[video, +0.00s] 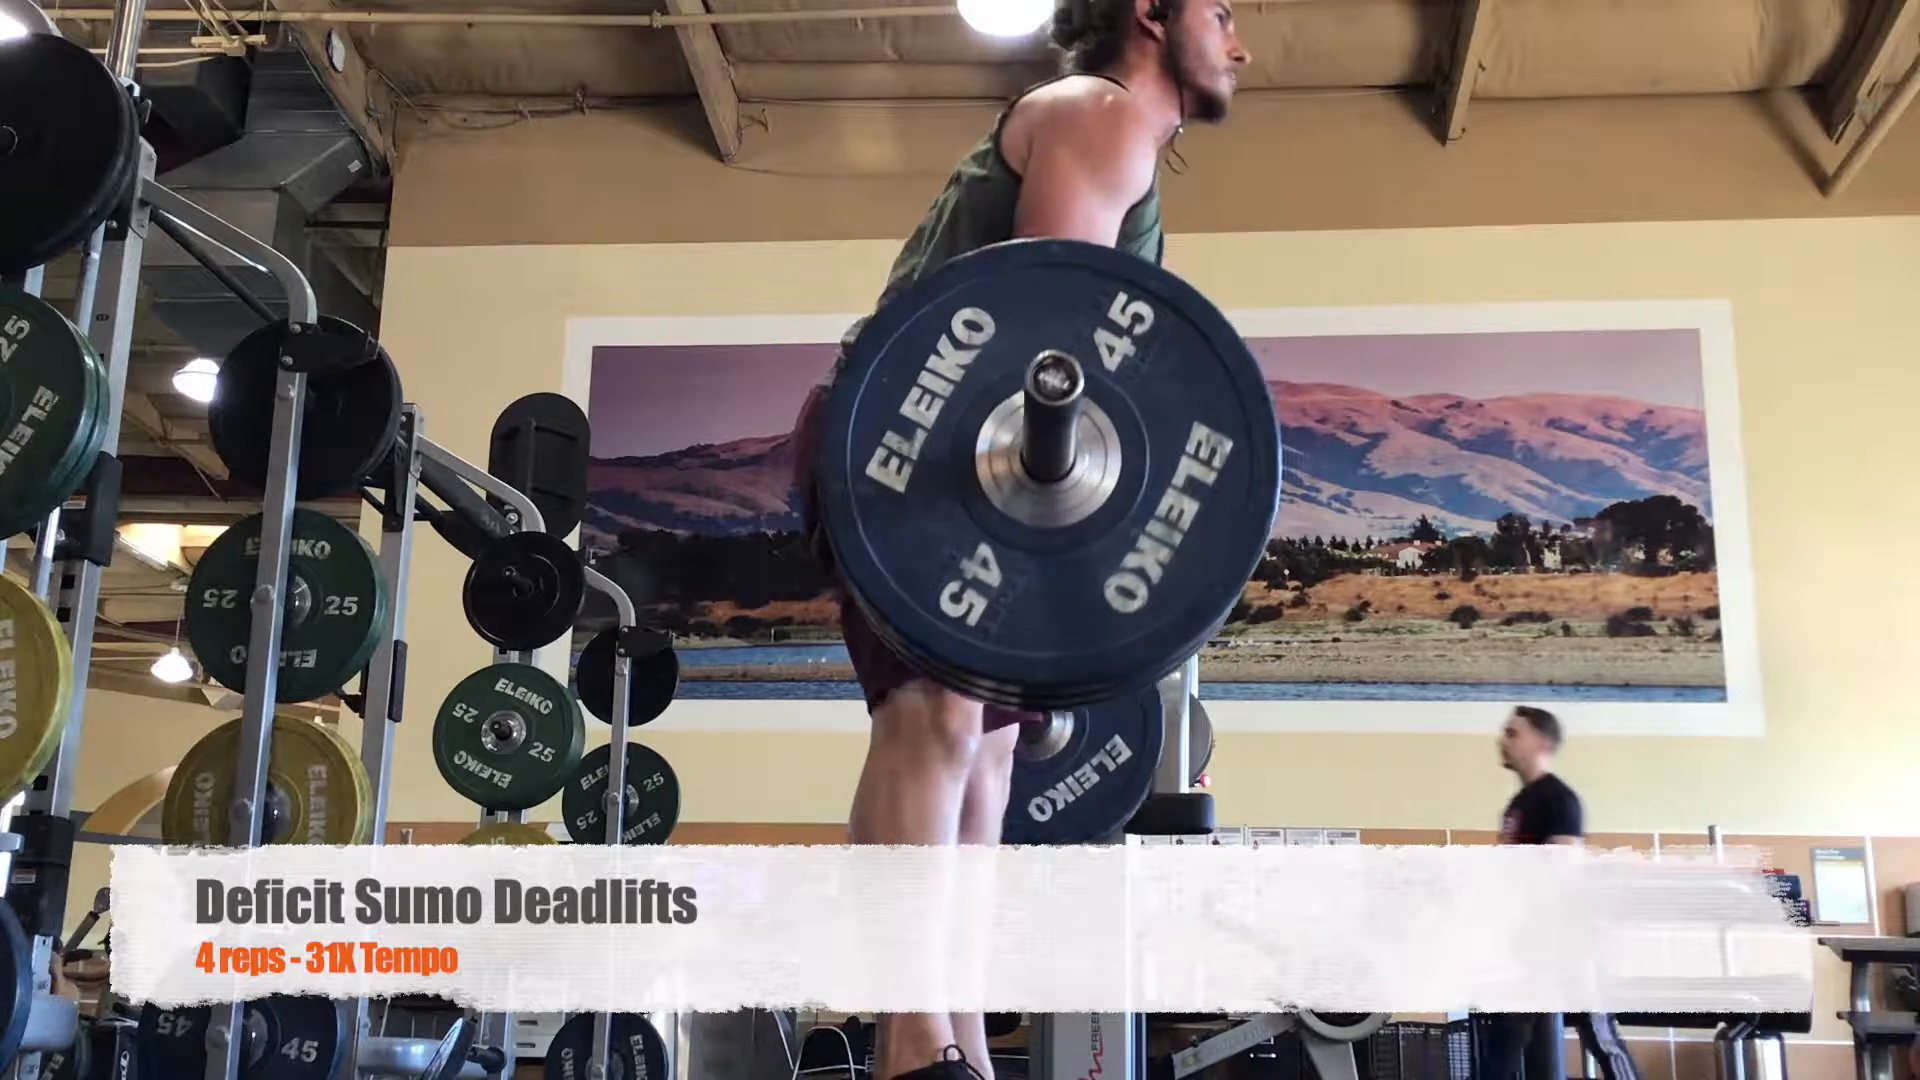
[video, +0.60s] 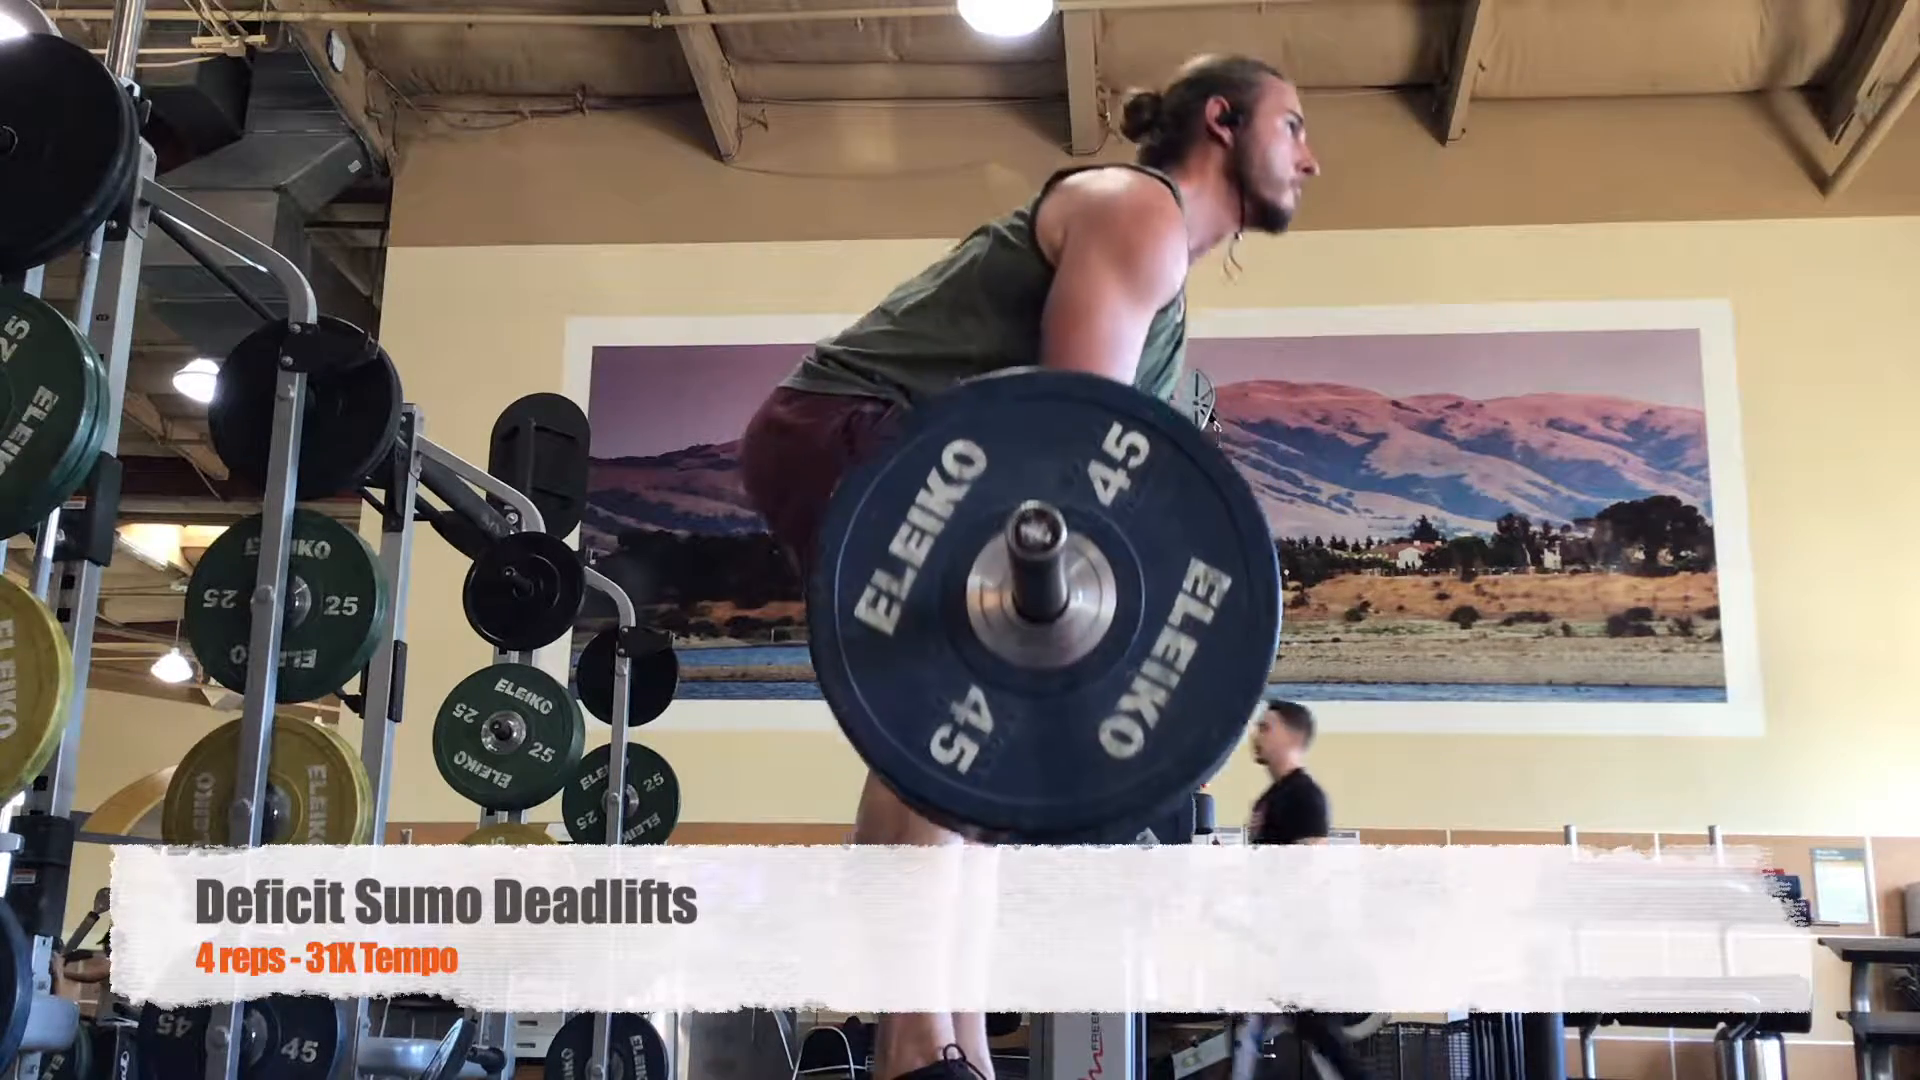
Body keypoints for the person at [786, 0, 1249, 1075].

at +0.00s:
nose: (1235, 33)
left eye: (1229, 15)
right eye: (1215, 12)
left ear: (1159, 28)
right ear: (1153, 19)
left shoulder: (1123, 148)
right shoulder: (1097, 115)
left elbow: (1075, 357)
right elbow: (1058, 335)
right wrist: (1075, 563)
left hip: (956, 440)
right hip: (886, 426)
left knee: (992, 724)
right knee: (931, 713)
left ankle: (958, 1032)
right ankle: (908, 1043)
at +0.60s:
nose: (1307, 153)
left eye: (1305, 132)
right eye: (1291, 127)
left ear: (1226, 135)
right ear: (1221, 126)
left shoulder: (1165, 278)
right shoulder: (1134, 210)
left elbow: (1118, 451)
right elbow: (1076, 424)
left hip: (891, 448)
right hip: (833, 428)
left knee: (966, 734)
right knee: (931, 712)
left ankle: (957, 1039)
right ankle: (911, 1042)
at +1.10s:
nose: (1354, 314)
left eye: (1355, 289)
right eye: (1341, 281)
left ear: (1274, 276)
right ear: (1270, 269)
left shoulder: (1184, 464)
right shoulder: (1158, 345)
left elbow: (1146, 633)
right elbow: (1082, 592)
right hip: (824, 475)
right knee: (984, 714)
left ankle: (943, 1033)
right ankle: (926, 1034)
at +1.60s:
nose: (1390, 490)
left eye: (1398, 472)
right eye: (1385, 457)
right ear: (1315, 423)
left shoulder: (1200, 585)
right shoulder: (1174, 487)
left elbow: (1135, 770)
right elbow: (1079, 728)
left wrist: (1142, 944)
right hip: (814, 545)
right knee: (1050, 705)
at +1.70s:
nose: (1397, 452)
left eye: (1402, 430)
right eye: (1389, 417)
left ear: (1318, 398)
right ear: (1315, 391)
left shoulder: (1202, 565)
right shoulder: (1181, 454)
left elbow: (1138, 742)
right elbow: (1077, 694)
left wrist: (1135, 895)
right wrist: (1077, 879)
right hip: (826, 510)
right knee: (1034, 689)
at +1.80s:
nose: (1398, 411)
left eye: (1402, 394)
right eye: (1388, 378)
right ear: (1315, 349)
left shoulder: (1202, 525)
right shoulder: (1180, 413)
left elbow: (1141, 681)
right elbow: (1080, 638)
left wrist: (1157, 828)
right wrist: (1092, 817)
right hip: (832, 483)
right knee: (1022, 690)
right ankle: (849, 763)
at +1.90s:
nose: (1387, 342)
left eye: (1390, 320)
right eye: (1375, 308)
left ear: (1304, 294)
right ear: (1301, 286)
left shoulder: (1199, 467)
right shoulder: (1176, 354)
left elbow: (1141, 630)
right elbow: (1082, 582)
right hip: (840, 458)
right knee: (978, 727)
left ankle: (933, 1032)